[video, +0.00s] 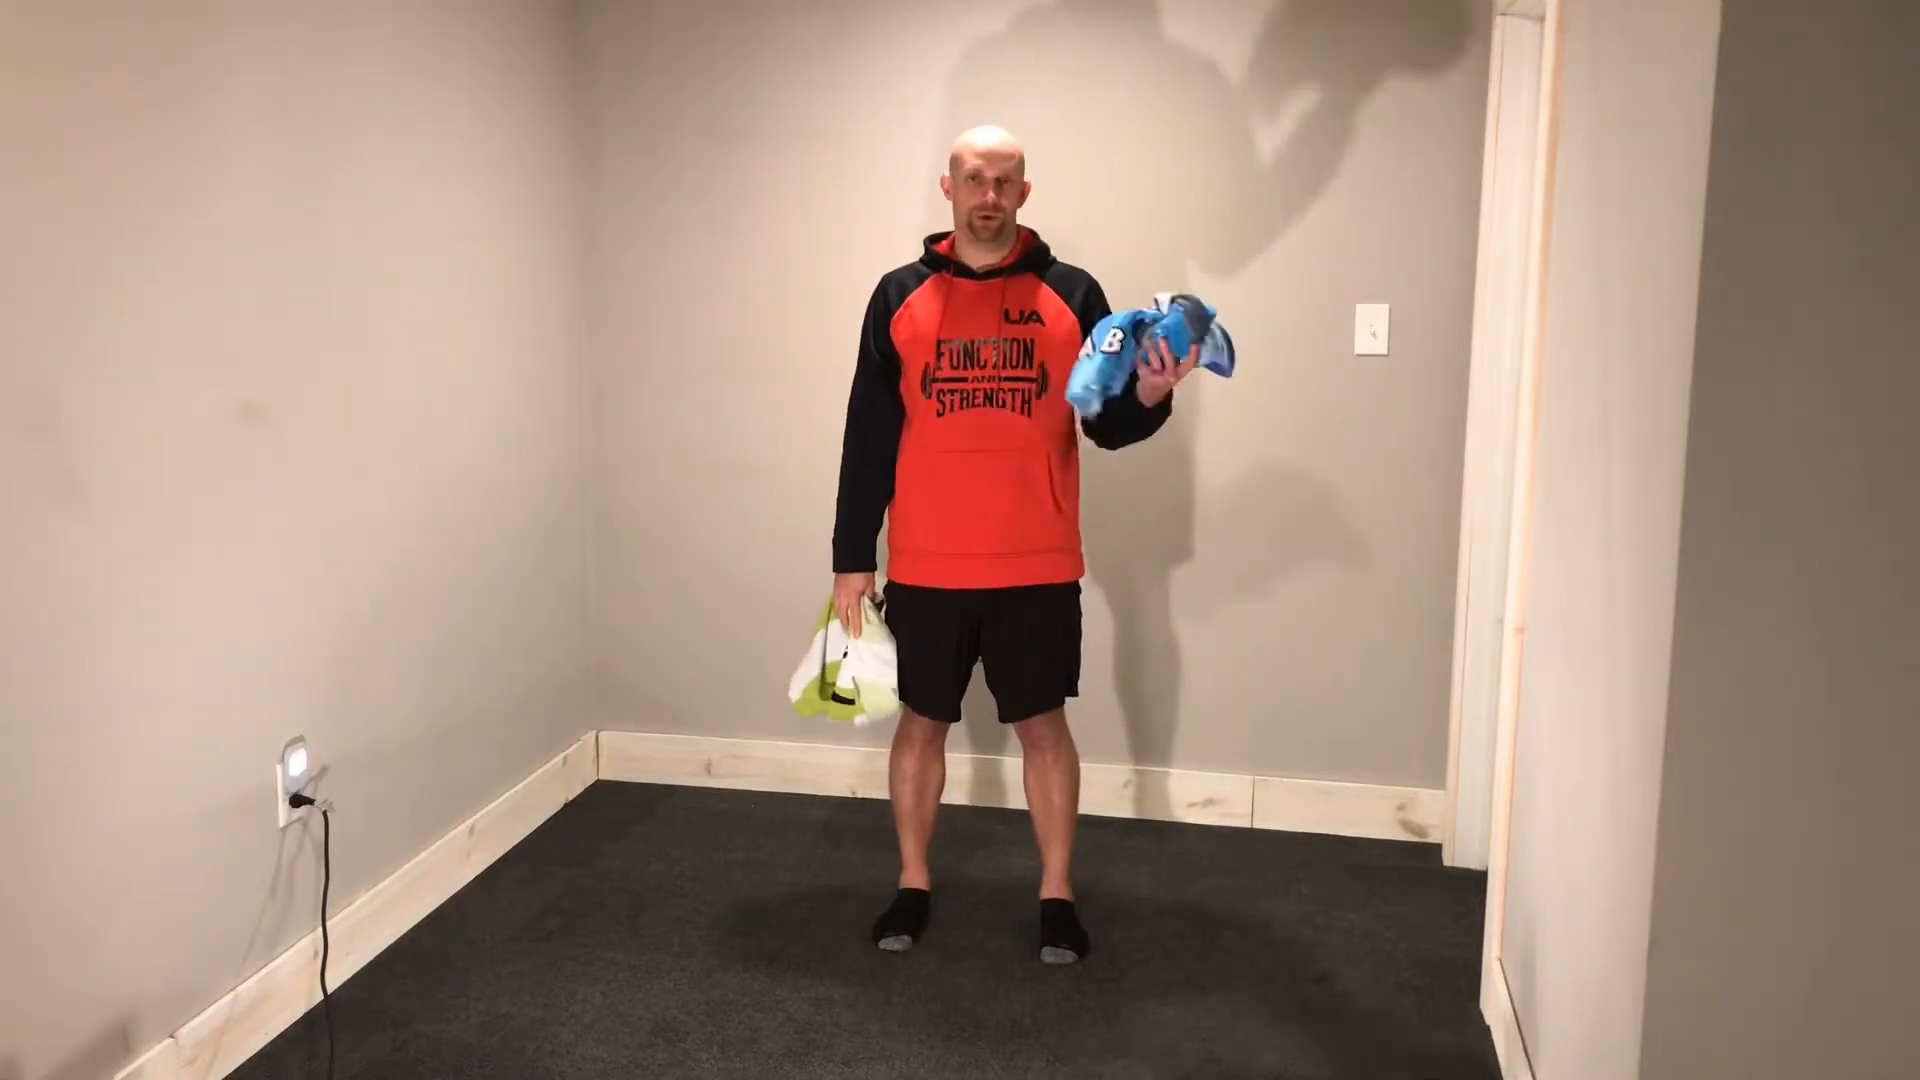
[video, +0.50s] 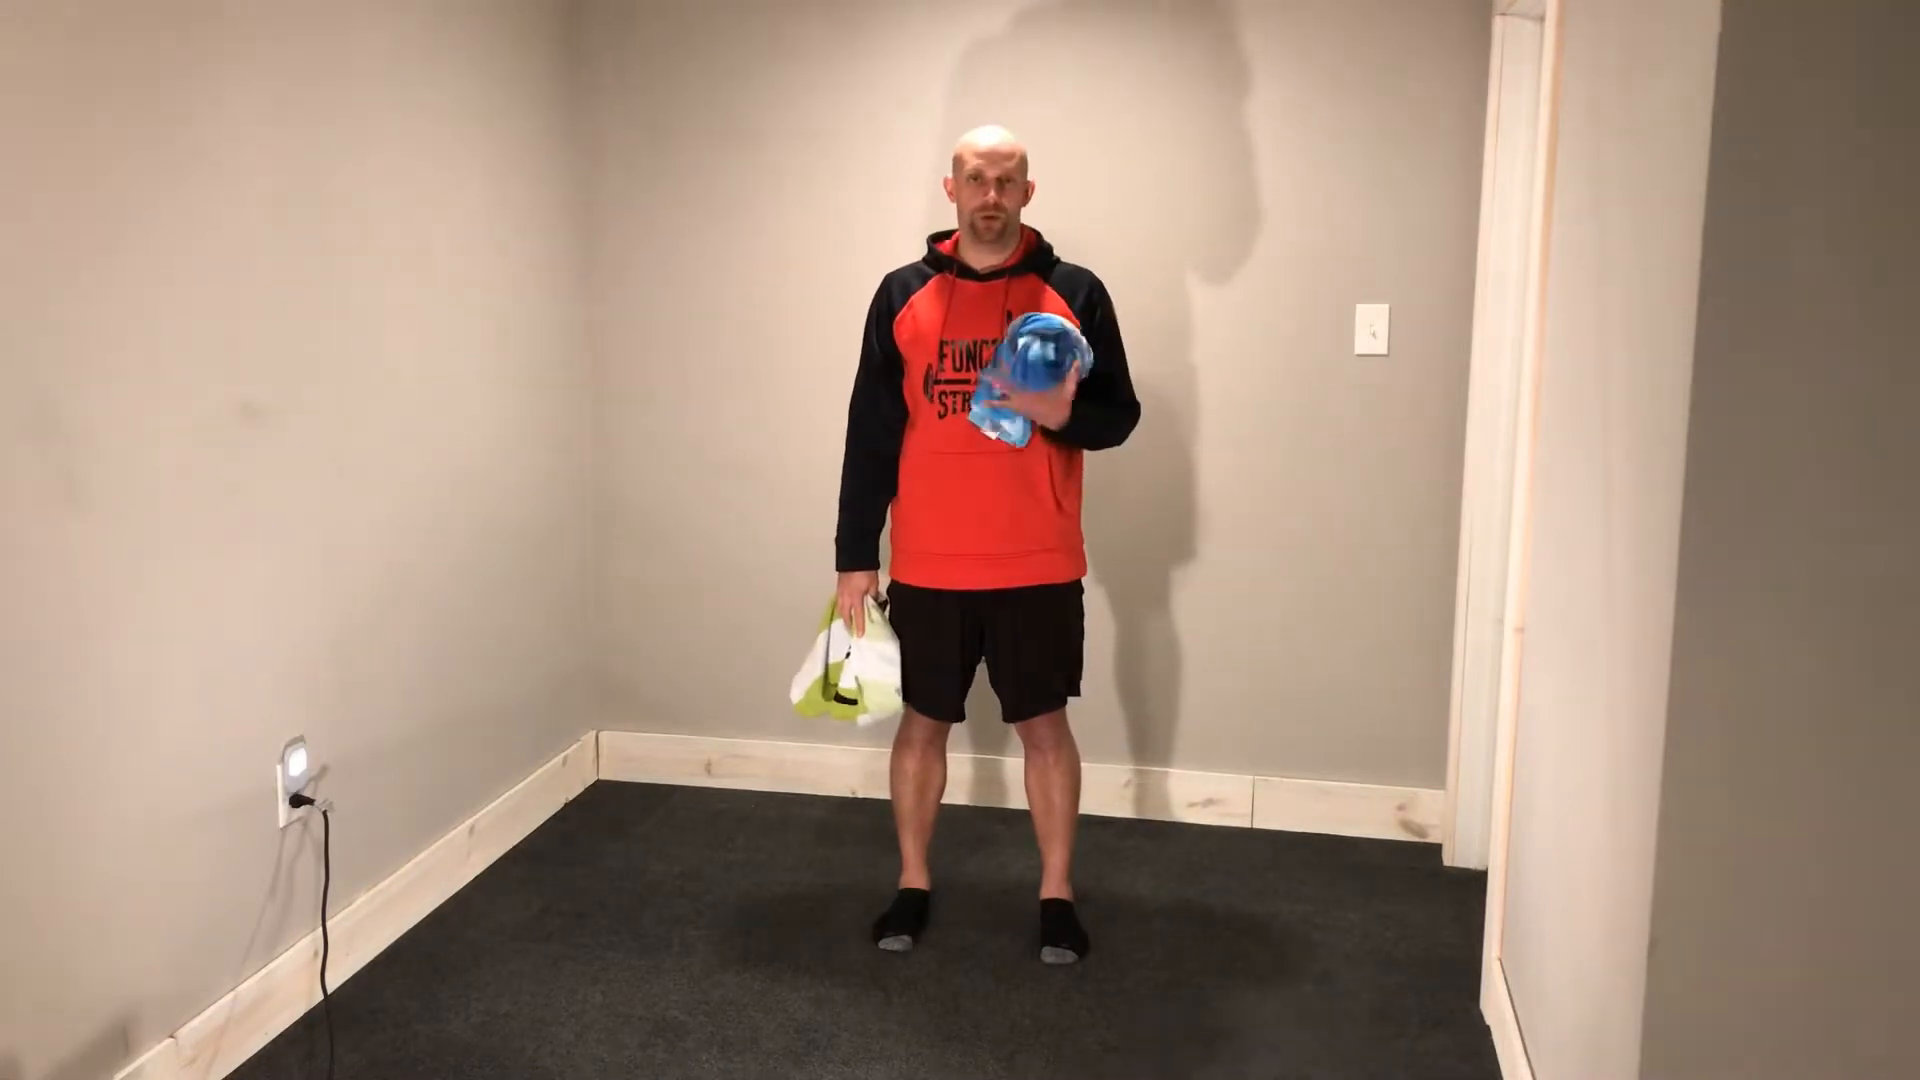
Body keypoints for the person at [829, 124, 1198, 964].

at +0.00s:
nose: (988, 196)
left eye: (1003, 182)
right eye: (974, 181)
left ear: (1024, 191)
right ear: (948, 188)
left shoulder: (1071, 293)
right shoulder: (901, 296)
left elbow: (1110, 426)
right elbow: (869, 434)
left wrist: (1153, 400)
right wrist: (852, 557)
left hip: (1035, 560)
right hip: (929, 559)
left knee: (1040, 723)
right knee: (921, 720)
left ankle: (1057, 898)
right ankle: (912, 887)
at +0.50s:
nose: (993, 194)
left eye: (1007, 181)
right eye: (979, 180)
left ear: (1027, 191)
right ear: (952, 188)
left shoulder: (1076, 294)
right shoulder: (904, 294)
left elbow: (1119, 417)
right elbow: (871, 431)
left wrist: (1065, 414)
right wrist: (856, 555)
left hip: (1036, 563)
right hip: (931, 563)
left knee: (1043, 726)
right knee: (923, 724)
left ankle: (1058, 896)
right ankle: (911, 888)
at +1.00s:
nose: (993, 203)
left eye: (1006, 187)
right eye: (976, 188)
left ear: (1022, 188)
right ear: (943, 194)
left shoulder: (1072, 293)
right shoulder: (903, 297)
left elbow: (1124, 415)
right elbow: (873, 432)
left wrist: (1111, 386)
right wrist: (860, 557)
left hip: (1039, 561)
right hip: (933, 562)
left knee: (1044, 725)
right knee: (924, 723)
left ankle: (1057, 897)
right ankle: (911, 887)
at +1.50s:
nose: (984, 202)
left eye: (998, 186)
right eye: (968, 187)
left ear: (1018, 190)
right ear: (941, 193)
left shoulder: (1070, 289)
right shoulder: (902, 301)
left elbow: (1127, 397)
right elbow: (877, 441)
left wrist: (1109, 388)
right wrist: (863, 568)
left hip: (1045, 562)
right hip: (936, 565)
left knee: (1049, 727)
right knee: (925, 724)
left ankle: (1058, 897)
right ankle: (912, 889)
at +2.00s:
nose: (980, 196)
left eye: (996, 181)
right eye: (966, 183)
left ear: (1028, 188)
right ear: (950, 193)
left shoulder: (1084, 292)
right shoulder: (910, 296)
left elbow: (1124, 399)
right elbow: (875, 433)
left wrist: (1090, 438)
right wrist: (845, 554)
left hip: (1045, 559)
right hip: (938, 561)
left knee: (1048, 725)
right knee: (926, 720)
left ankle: (1058, 897)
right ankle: (912, 888)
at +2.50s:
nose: (964, 221)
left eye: (979, 204)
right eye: (956, 205)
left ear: (1029, 192)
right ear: (948, 200)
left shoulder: (1092, 298)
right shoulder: (921, 286)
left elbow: (1131, 412)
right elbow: (842, 351)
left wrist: (1090, 450)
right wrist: (762, 337)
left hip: (1042, 560)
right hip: (936, 556)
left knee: (1046, 722)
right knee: (926, 716)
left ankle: (1058, 897)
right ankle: (911, 887)